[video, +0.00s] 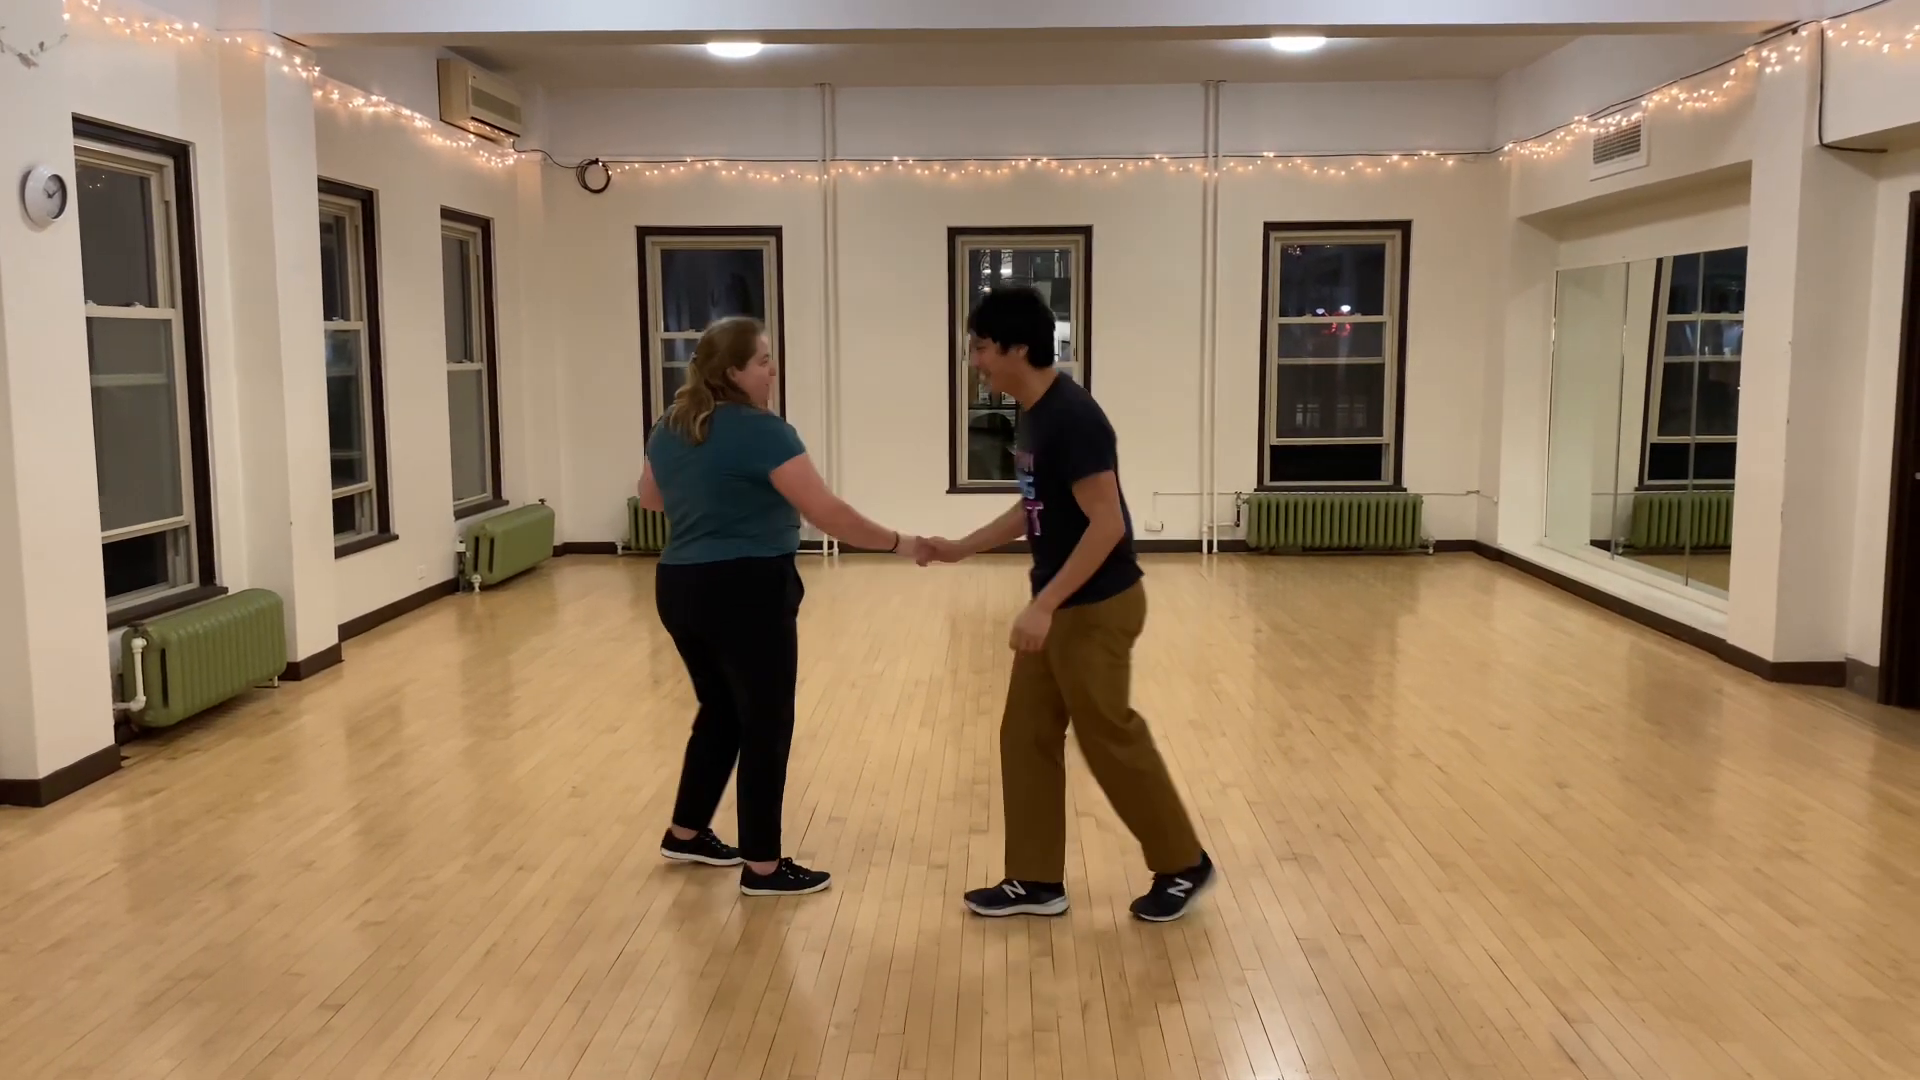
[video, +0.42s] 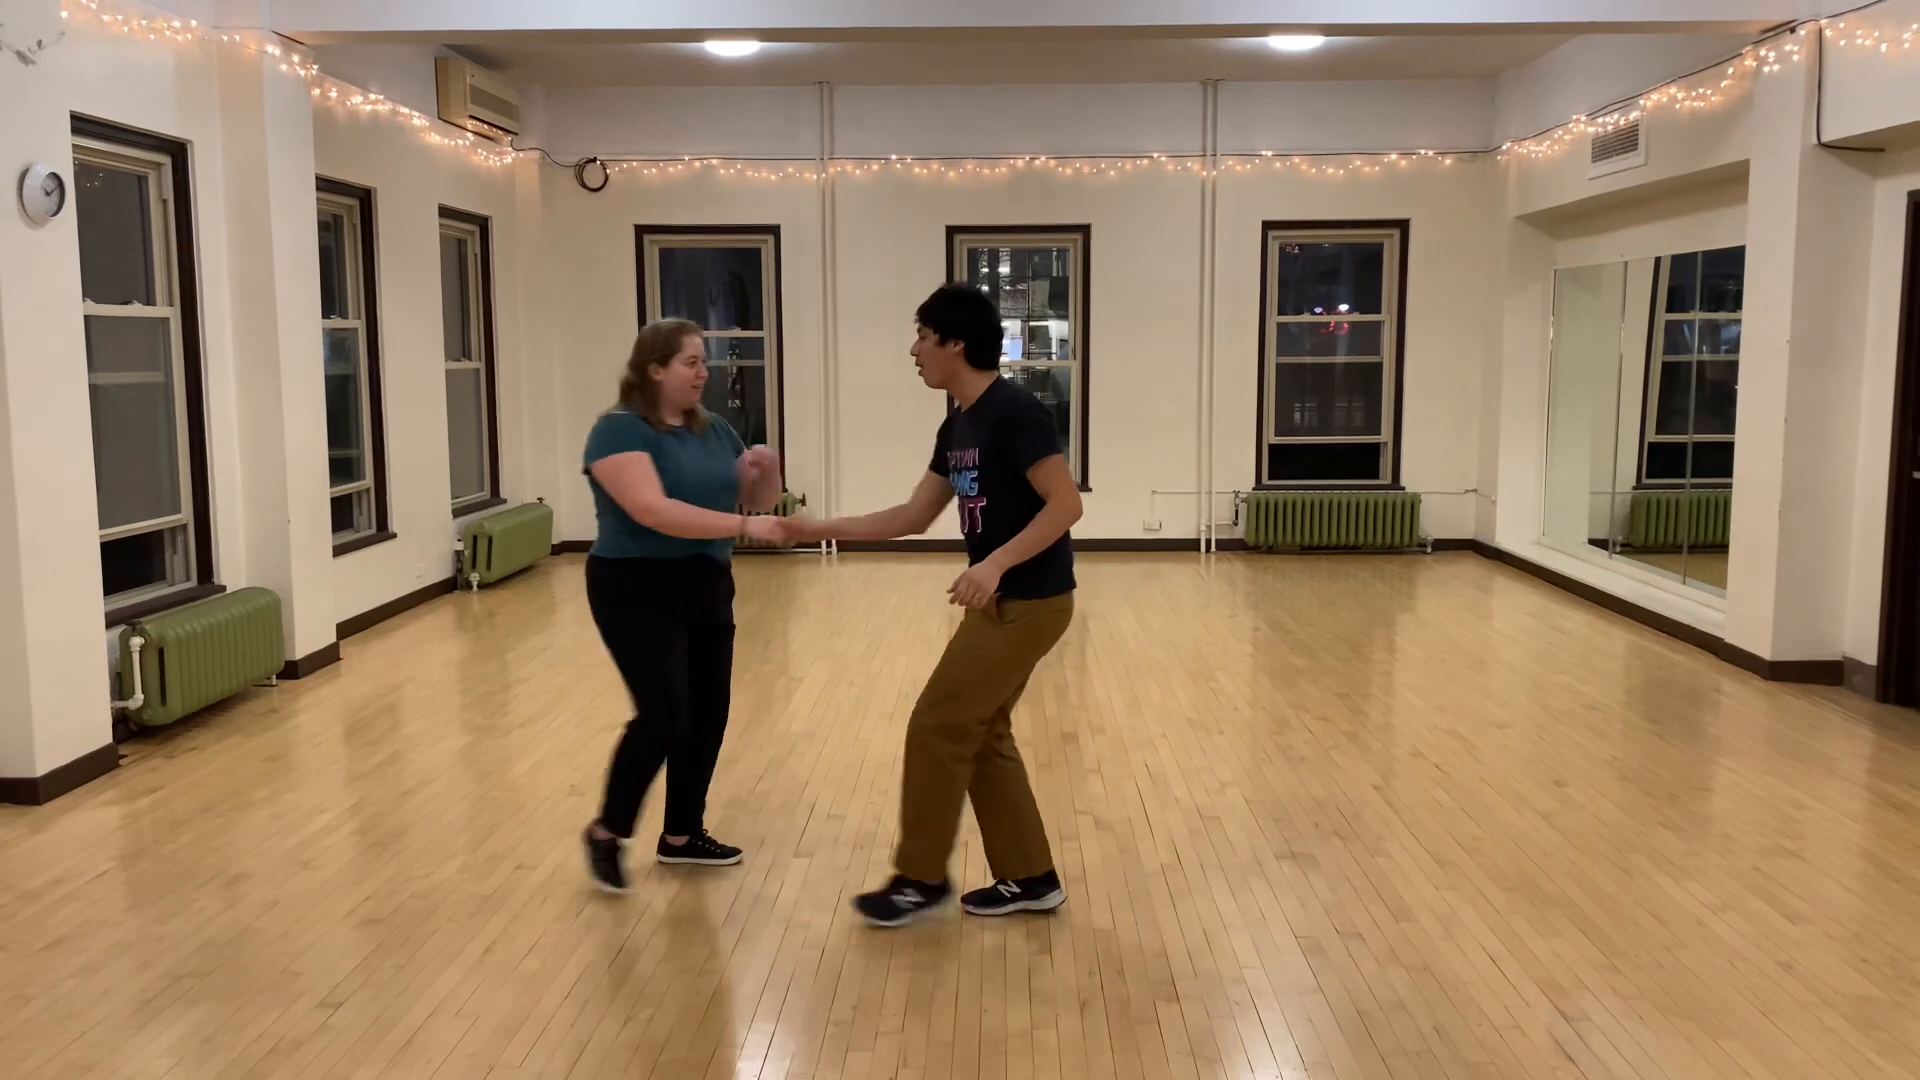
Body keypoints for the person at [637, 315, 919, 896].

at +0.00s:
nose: (772, 371)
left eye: (770, 359)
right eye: (763, 361)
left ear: (710, 371)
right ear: (734, 371)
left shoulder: (671, 429)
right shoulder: (764, 431)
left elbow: (652, 500)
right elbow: (826, 512)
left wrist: (709, 480)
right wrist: (900, 541)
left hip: (682, 589)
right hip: (752, 589)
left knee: (720, 709)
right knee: (767, 724)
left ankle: (686, 831)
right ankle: (763, 863)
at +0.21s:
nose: (743, 370)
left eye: (743, 359)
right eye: (731, 360)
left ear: (704, 370)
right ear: (696, 368)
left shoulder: (700, 424)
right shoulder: (688, 429)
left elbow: (717, 482)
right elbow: (740, 514)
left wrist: (762, 459)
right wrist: (833, 534)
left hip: (679, 584)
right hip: (684, 589)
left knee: (685, 711)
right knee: (740, 709)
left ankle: (679, 834)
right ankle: (756, 852)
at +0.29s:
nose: (727, 371)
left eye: (728, 361)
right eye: (715, 361)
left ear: (721, 369)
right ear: (679, 368)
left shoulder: (705, 427)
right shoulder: (656, 431)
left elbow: (729, 492)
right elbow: (704, 512)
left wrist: (771, 468)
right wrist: (800, 528)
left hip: (701, 585)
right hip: (657, 587)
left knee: (689, 703)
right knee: (721, 697)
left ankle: (678, 833)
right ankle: (703, 840)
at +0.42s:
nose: (702, 372)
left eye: (703, 362)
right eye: (690, 363)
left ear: (701, 370)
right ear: (654, 369)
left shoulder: (717, 431)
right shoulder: (618, 433)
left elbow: (753, 512)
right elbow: (652, 509)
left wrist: (762, 480)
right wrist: (743, 525)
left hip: (703, 585)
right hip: (631, 586)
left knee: (705, 712)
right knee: (663, 713)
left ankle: (683, 834)